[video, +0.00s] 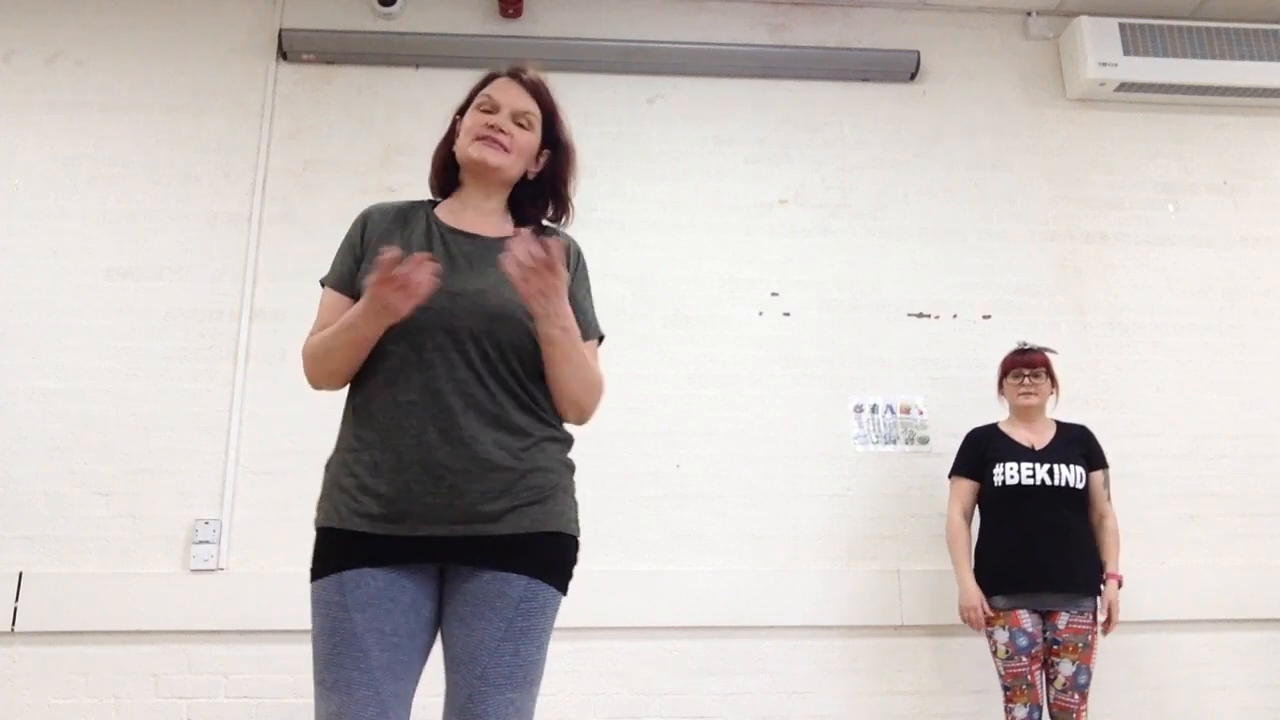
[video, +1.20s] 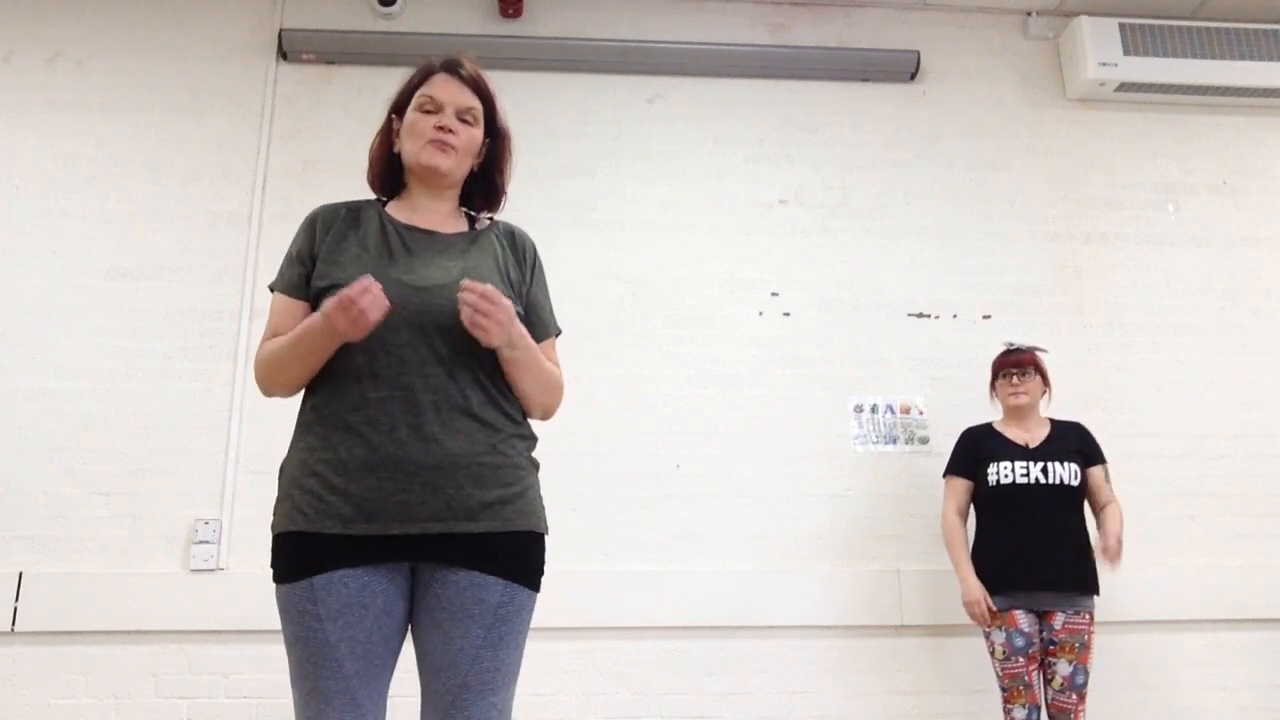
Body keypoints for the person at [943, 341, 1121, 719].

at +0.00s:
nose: (1027, 382)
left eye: (1037, 375)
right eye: (1017, 376)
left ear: (1052, 386)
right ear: (1002, 387)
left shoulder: (1080, 439)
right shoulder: (981, 441)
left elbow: (1103, 516)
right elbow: (958, 516)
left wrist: (1112, 579)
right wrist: (966, 584)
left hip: (1075, 598)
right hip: (1007, 599)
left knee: (1070, 709)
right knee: (1023, 710)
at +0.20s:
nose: (1023, 383)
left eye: (1032, 376)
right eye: (1013, 377)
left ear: (1048, 387)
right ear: (998, 388)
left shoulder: (1076, 438)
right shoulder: (978, 443)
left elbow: (1102, 501)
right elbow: (957, 517)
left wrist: (1110, 523)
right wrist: (975, 584)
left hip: (1073, 596)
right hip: (1007, 598)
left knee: (1069, 708)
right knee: (1022, 709)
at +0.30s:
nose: (1022, 384)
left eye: (1031, 377)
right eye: (1012, 378)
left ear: (1047, 387)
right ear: (998, 389)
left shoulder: (1074, 438)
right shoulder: (978, 442)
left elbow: (1113, 513)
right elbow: (956, 518)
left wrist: (1098, 481)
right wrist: (976, 581)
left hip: (1072, 596)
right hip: (1006, 598)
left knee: (1069, 709)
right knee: (1022, 710)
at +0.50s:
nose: (1023, 386)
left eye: (1034, 378)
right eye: (1013, 379)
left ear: (1049, 387)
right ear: (999, 389)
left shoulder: (1072, 439)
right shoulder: (978, 441)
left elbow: (1113, 489)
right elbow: (954, 517)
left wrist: (1069, 430)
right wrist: (973, 583)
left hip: (1072, 596)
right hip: (1006, 598)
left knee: (1069, 709)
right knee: (1022, 709)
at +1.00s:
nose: (1019, 384)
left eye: (1028, 376)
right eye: (1009, 378)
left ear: (1046, 387)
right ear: (997, 390)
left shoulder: (1074, 438)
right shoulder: (977, 441)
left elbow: (1113, 510)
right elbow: (953, 515)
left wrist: (1089, 456)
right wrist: (961, 583)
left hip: (1070, 596)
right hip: (1004, 598)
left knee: (1068, 709)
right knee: (1022, 709)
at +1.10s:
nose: (1016, 383)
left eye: (1026, 375)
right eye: (1007, 377)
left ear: (1044, 385)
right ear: (995, 388)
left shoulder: (1075, 436)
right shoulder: (976, 441)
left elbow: (1111, 516)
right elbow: (953, 517)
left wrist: (1106, 500)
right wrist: (965, 582)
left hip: (1071, 596)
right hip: (1004, 598)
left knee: (1067, 709)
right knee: (1021, 709)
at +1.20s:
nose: (1015, 381)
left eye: (1025, 374)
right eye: (1006, 376)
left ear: (1044, 385)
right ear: (995, 388)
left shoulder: (1075, 436)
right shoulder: (975, 441)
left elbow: (1105, 500)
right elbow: (953, 516)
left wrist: (1111, 534)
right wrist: (967, 581)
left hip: (1071, 595)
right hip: (1005, 597)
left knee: (1068, 708)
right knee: (1021, 709)